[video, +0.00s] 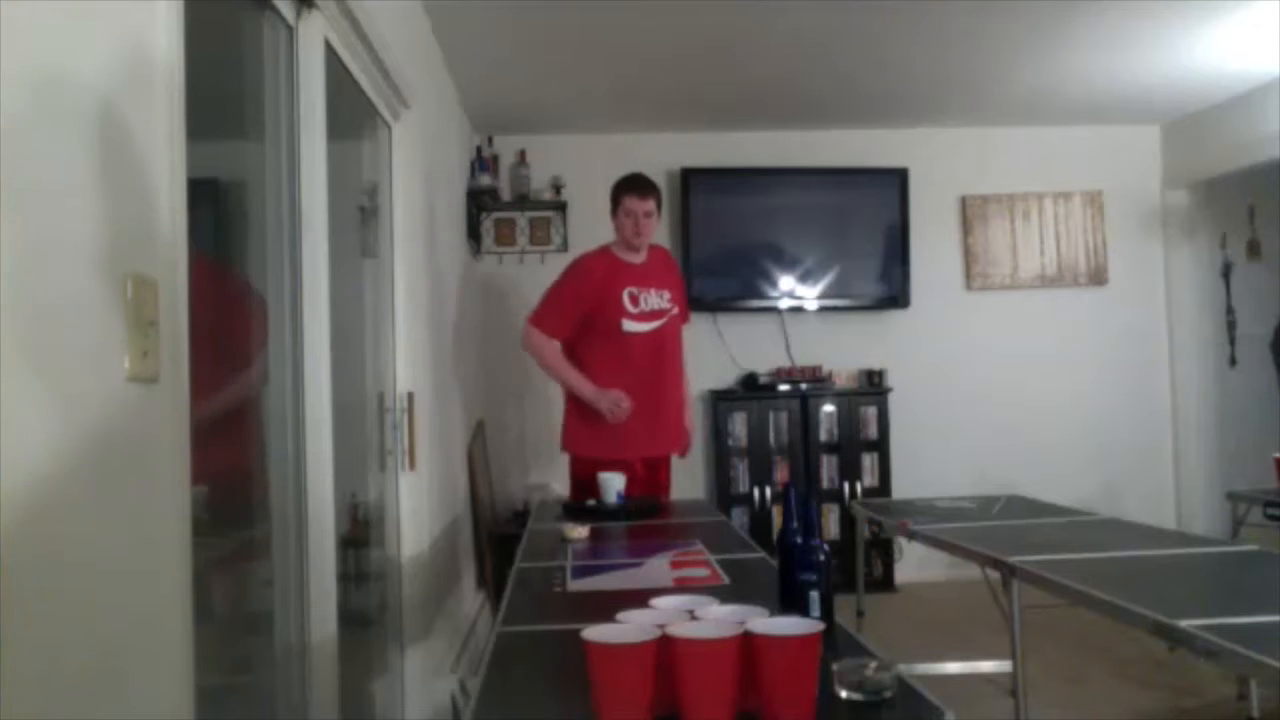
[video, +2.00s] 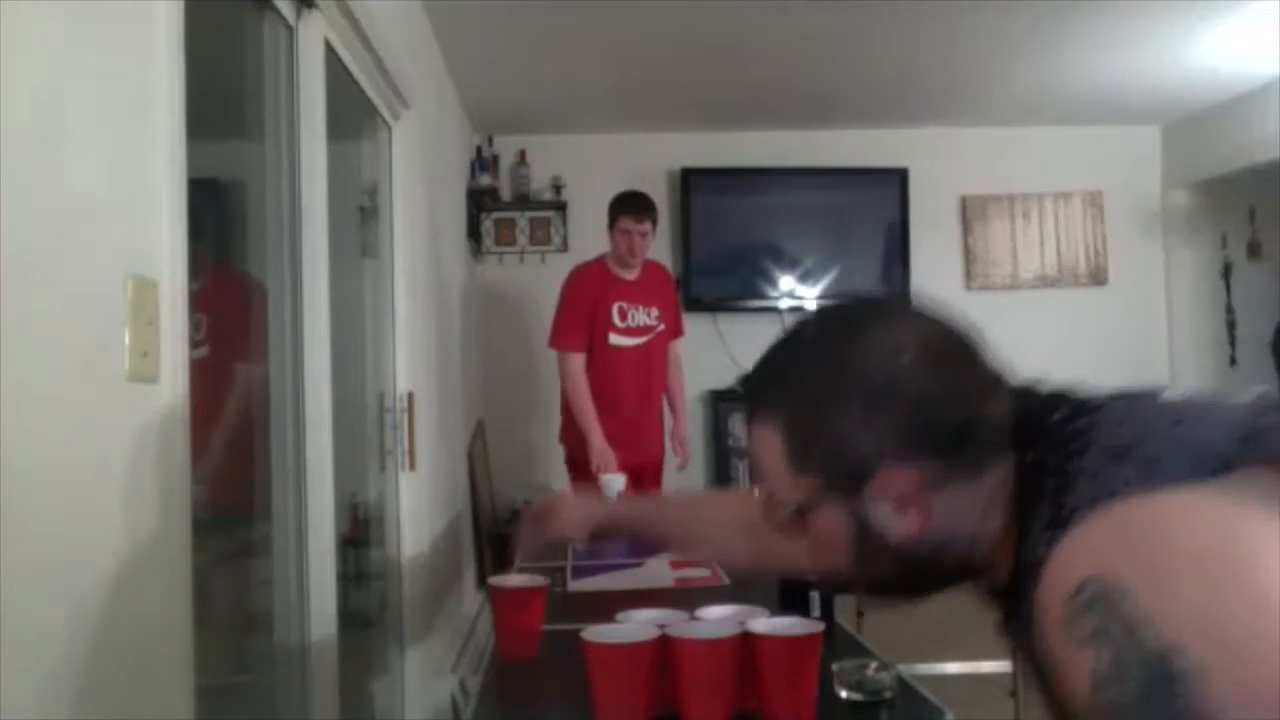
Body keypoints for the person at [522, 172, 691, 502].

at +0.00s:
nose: (639, 225)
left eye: (648, 216)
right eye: (629, 215)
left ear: (658, 219)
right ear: (614, 218)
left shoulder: (666, 266)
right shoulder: (590, 269)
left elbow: (674, 345)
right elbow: (536, 336)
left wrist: (683, 412)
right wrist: (593, 394)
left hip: (656, 439)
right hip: (599, 442)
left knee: (651, 546)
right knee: (600, 546)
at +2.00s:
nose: (634, 243)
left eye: (642, 234)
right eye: (625, 233)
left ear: (652, 237)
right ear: (610, 234)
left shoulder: (661, 280)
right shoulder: (584, 281)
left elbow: (671, 355)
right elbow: (572, 370)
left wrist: (679, 421)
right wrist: (596, 441)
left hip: (646, 440)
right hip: (594, 443)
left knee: (647, 535)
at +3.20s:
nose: (623, 229)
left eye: (632, 220)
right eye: (613, 220)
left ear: (644, 225)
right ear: (599, 224)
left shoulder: (657, 272)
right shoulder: (576, 279)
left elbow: (669, 348)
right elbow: (564, 361)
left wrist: (681, 413)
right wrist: (601, 388)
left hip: (647, 438)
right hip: (593, 442)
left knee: (648, 540)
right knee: (594, 541)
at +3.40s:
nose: (623, 229)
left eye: (632, 220)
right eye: (614, 220)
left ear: (644, 225)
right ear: (599, 224)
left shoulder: (656, 272)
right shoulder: (577, 277)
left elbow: (667, 347)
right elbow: (568, 355)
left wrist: (680, 412)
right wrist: (608, 344)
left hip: (647, 435)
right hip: (593, 438)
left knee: (648, 542)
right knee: (594, 542)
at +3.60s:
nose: (624, 229)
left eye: (632, 220)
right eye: (614, 220)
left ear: (644, 225)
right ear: (600, 224)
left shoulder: (654, 270)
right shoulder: (578, 276)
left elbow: (667, 347)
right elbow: (579, 343)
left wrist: (681, 412)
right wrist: (610, 287)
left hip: (647, 434)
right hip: (594, 435)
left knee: (648, 542)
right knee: (594, 542)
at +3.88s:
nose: (625, 226)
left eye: (633, 216)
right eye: (616, 216)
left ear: (646, 222)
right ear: (602, 219)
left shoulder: (655, 268)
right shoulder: (582, 270)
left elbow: (670, 345)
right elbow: (587, 319)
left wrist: (684, 411)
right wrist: (610, 242)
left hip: (648, 436)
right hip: (596, 438)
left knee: (649, 543)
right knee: (594, 548)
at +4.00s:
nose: (625, 219)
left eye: (633, 210)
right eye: (618, 211)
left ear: (646, 217)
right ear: (605, 216)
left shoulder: (655, 263)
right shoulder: (584, 263)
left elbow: (670, 341)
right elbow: (594, 290)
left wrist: (687, 407)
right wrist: (609, 206)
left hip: (650, 434)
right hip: (598, 435)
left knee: (650, 544)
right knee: (595, 545)